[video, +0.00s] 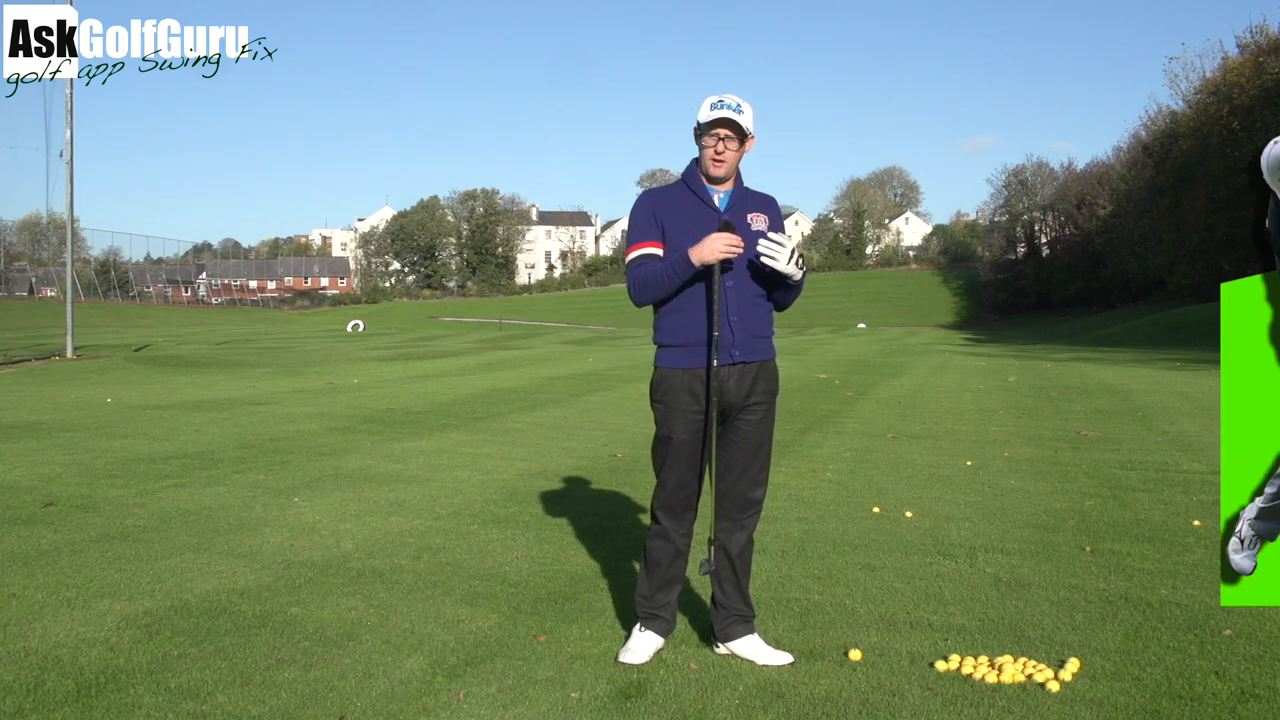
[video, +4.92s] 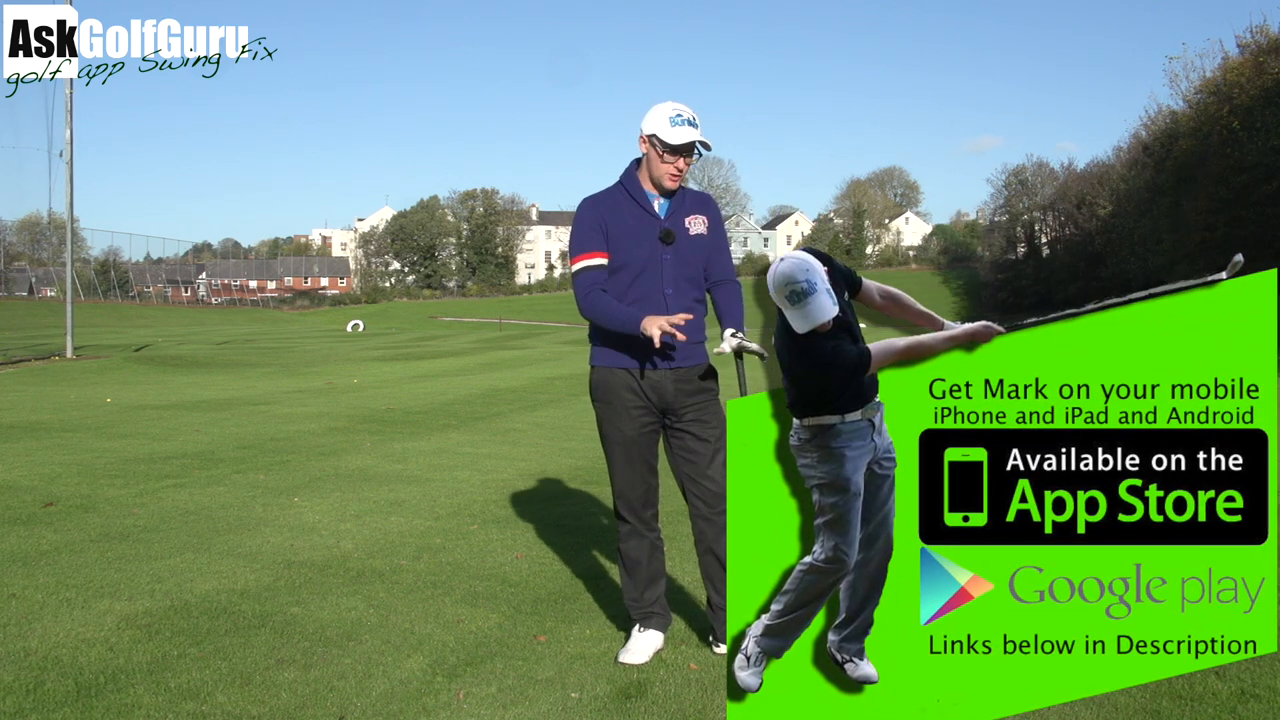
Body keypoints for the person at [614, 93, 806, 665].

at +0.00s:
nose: (719, 145)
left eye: (730, 137)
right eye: (711, 135)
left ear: (746, 145)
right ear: (697, 142)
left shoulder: (764, 209)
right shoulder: (655, 205)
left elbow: (780, 299)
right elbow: (642, 288)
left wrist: (790, 271)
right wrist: (694, 255)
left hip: (752, 373)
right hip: (682, 375)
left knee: (740, 507)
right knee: (674, 504)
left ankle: (734, 627)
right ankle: (653, 621)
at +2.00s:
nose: (702, 146)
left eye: (713, 138)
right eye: (693, 137)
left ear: (733, 144)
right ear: (681, 141)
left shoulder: (760, 203)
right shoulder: (648, 197)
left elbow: (781, 281)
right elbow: (648, 257)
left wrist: (762, 297)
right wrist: (686, 191)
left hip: (735, 374)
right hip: (662, 374)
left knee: (731, 511)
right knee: (658, 508)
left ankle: (733, 623)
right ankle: (652, 620)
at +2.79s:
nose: (702, 145)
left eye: (712, 135)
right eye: (692, 136)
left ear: (730, 141)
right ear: (680, 142)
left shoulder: (755, 203)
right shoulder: (644, 203)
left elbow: (780, 283)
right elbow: (625, 288)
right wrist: (660, 257)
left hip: (737, 375)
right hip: (664, 377)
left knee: (731, 510)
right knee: (660, 506)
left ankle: (733, 625)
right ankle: (651, 620)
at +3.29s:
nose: (691, 144)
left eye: (702, 135)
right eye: (682, 134)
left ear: (717, 142)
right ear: (668, 138)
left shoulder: (743, 200)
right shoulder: (628, 207)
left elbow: (768, 280)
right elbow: (617, 292)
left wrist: (746, 327)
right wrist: (675, 300)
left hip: (723, 374)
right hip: (650, 375)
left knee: (723, 507)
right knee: (651, 508)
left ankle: (729, 622)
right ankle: (651, 620)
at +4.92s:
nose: (681, 162)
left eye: (690, 151)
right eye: (671, 151)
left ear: (695, 152)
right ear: (645, 145)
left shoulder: (701, 208)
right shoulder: (596, 211)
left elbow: (723, 279)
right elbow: (590, 295)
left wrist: (732, 326)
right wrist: (640, 322)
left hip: (692, 378)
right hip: (622, 381)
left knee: (714, 504)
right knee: (635, 507)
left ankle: (727, 623)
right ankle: (649, 620)